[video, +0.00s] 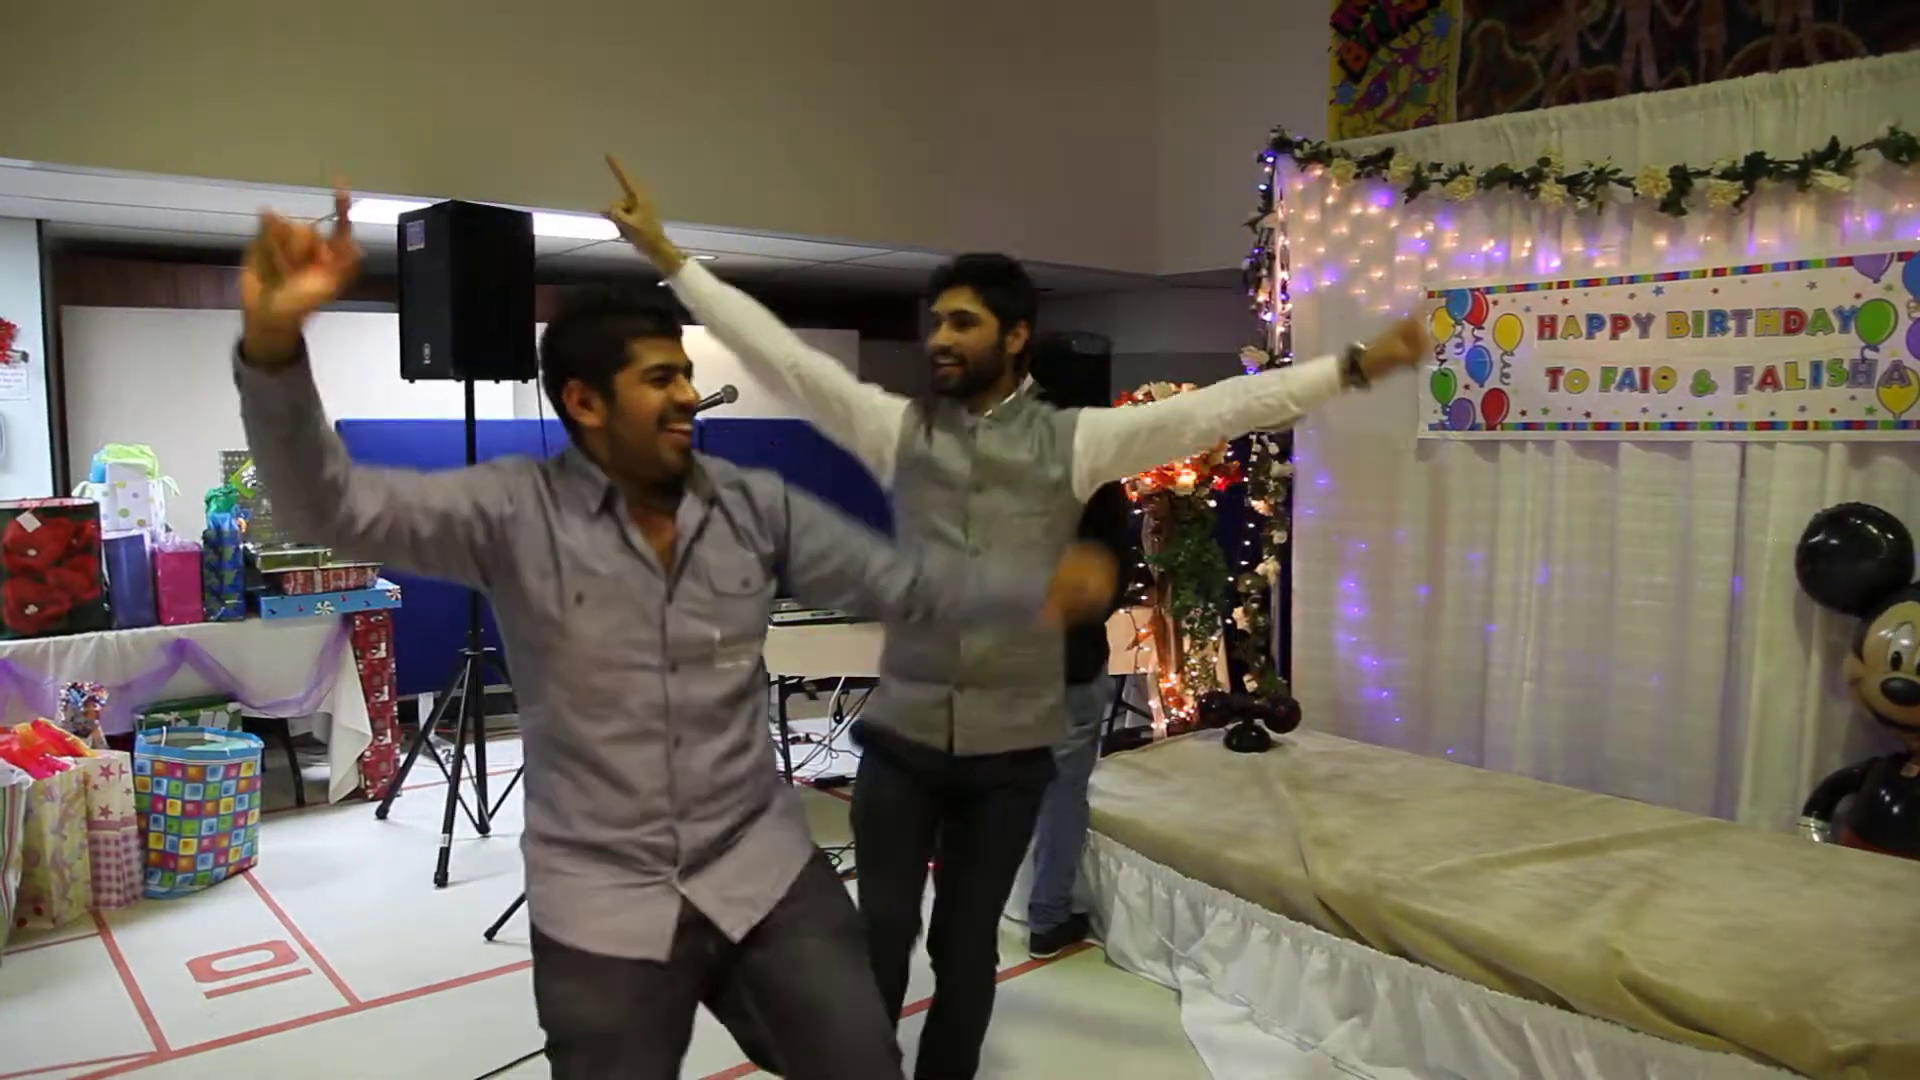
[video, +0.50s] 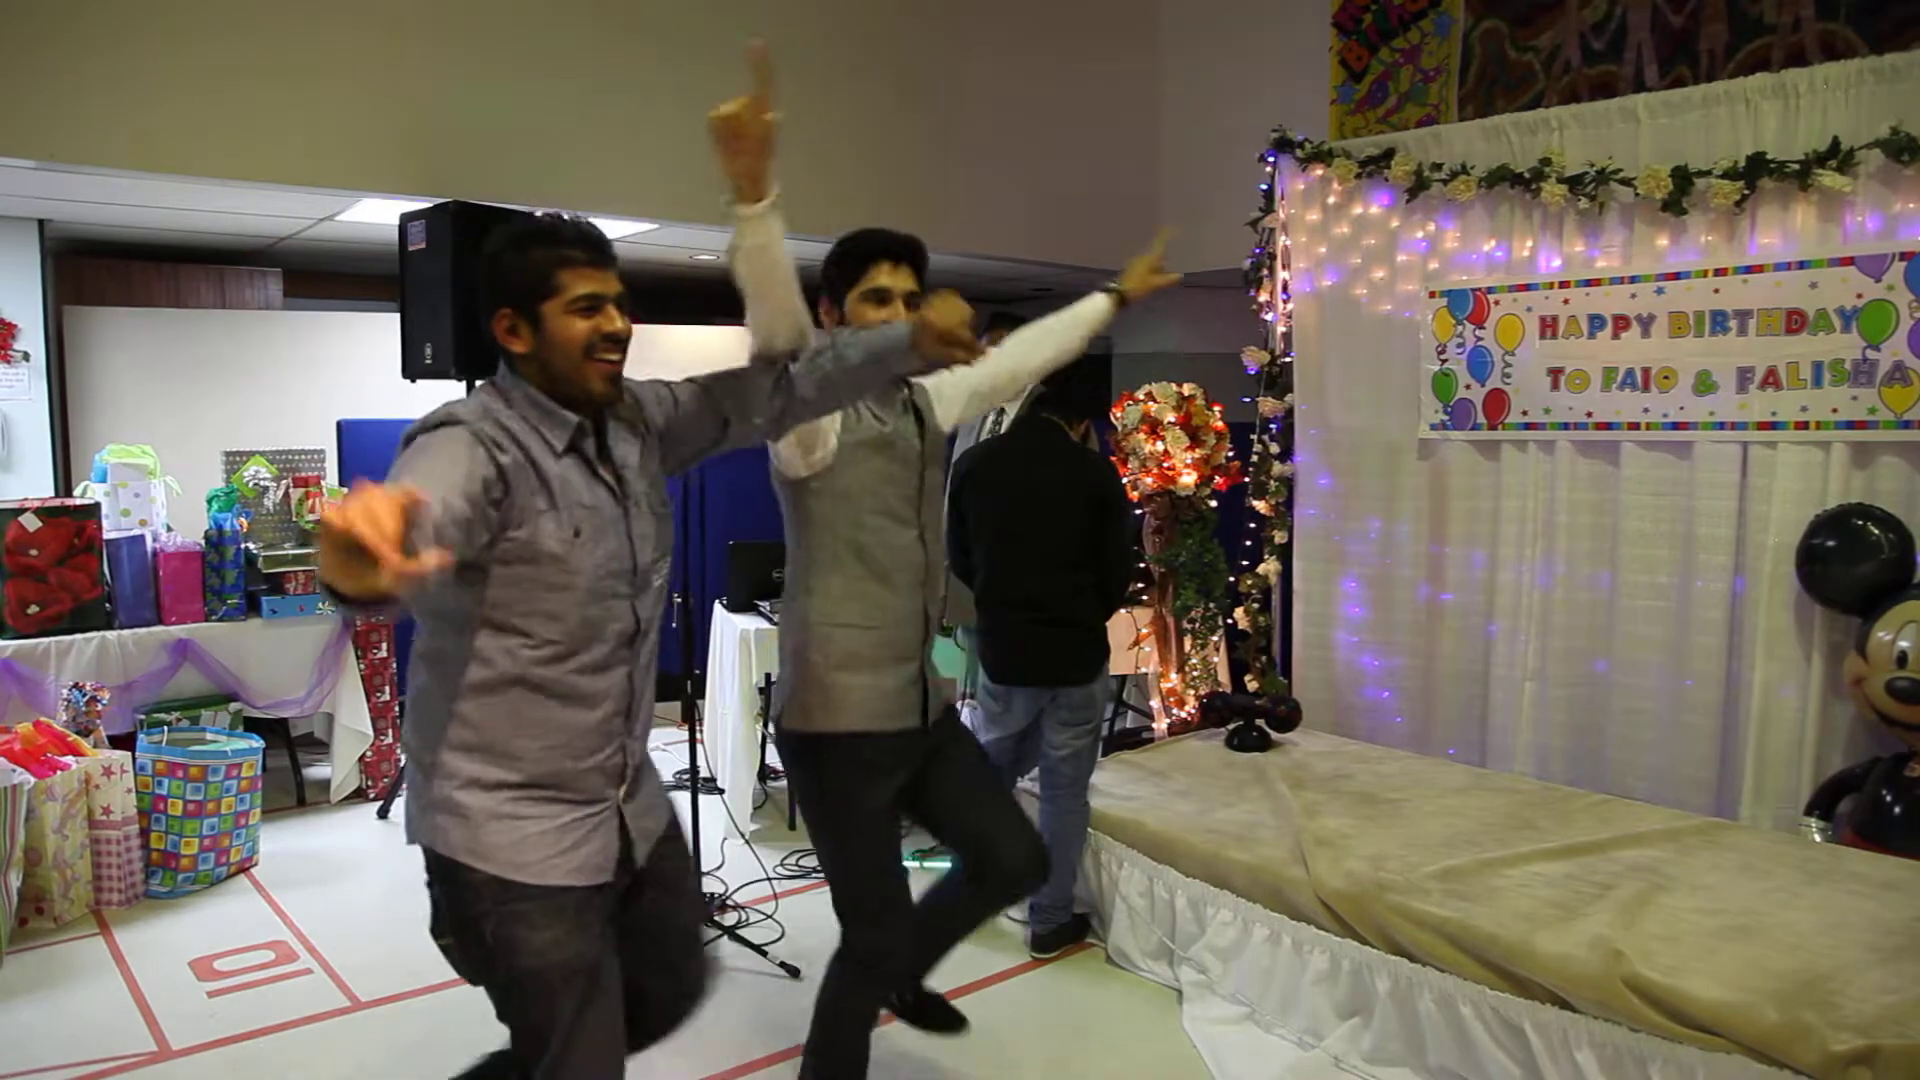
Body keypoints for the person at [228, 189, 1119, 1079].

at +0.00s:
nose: (687, 398)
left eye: (687, 376)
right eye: (660, 379)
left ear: (688, 390)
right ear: (582, 402)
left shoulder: (752, 508)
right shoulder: (510, 510)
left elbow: (901, 580)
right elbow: (331, 506)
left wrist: (1045, 585)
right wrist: (272, 352)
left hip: (759, 859)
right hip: (601, 889)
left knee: (861, 1055)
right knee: (610, 1072)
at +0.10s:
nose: (688, 368)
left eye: (687, 345)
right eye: (659, 351)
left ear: (688, 359)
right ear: (581, 371)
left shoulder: (749, 461)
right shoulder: (509, 477)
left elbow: (905, 495)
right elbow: (347, 454)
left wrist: (1060, 488)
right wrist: (242, 325)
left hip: (740, 835)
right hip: (588, 859)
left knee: (841, 1056)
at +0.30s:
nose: (648, 340)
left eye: (651, 320)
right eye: (621, 319)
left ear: (653, 336)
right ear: (543, 336)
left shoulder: (677, 423)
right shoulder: (488, 439)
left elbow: (827, 419)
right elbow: (387, 469)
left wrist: (989, 401)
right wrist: (286, 437)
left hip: (660, 788)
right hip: (531, 827)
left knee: (775, 974)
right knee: (587, 1061)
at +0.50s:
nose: (615, 326)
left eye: (619, 307)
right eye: (586, 309)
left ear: (625, 315)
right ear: (514, 335)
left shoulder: (642, 420)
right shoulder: (474, 442)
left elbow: (775, 391)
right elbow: (421, 505)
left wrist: (910, 340)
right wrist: (371, 555)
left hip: (622, 797)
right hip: (505, 830)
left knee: (667, 987)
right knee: (578, 1056)